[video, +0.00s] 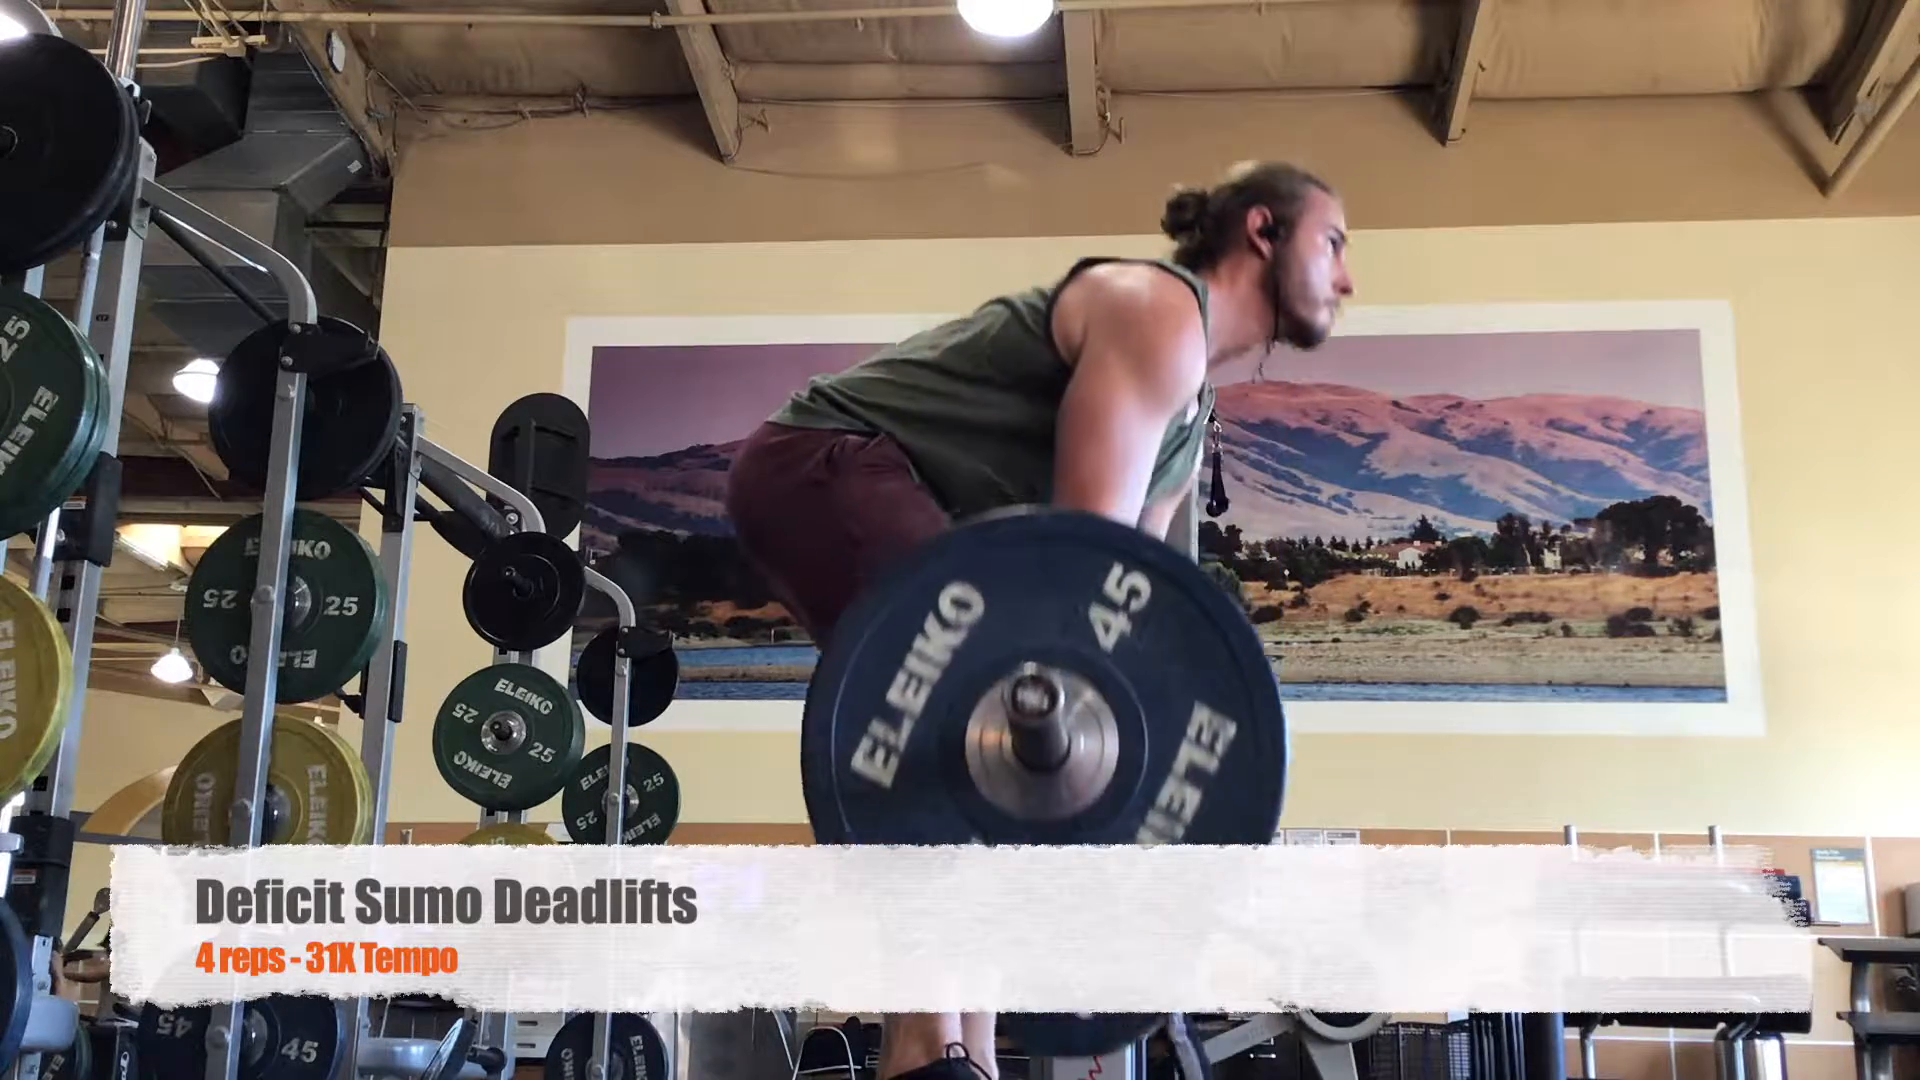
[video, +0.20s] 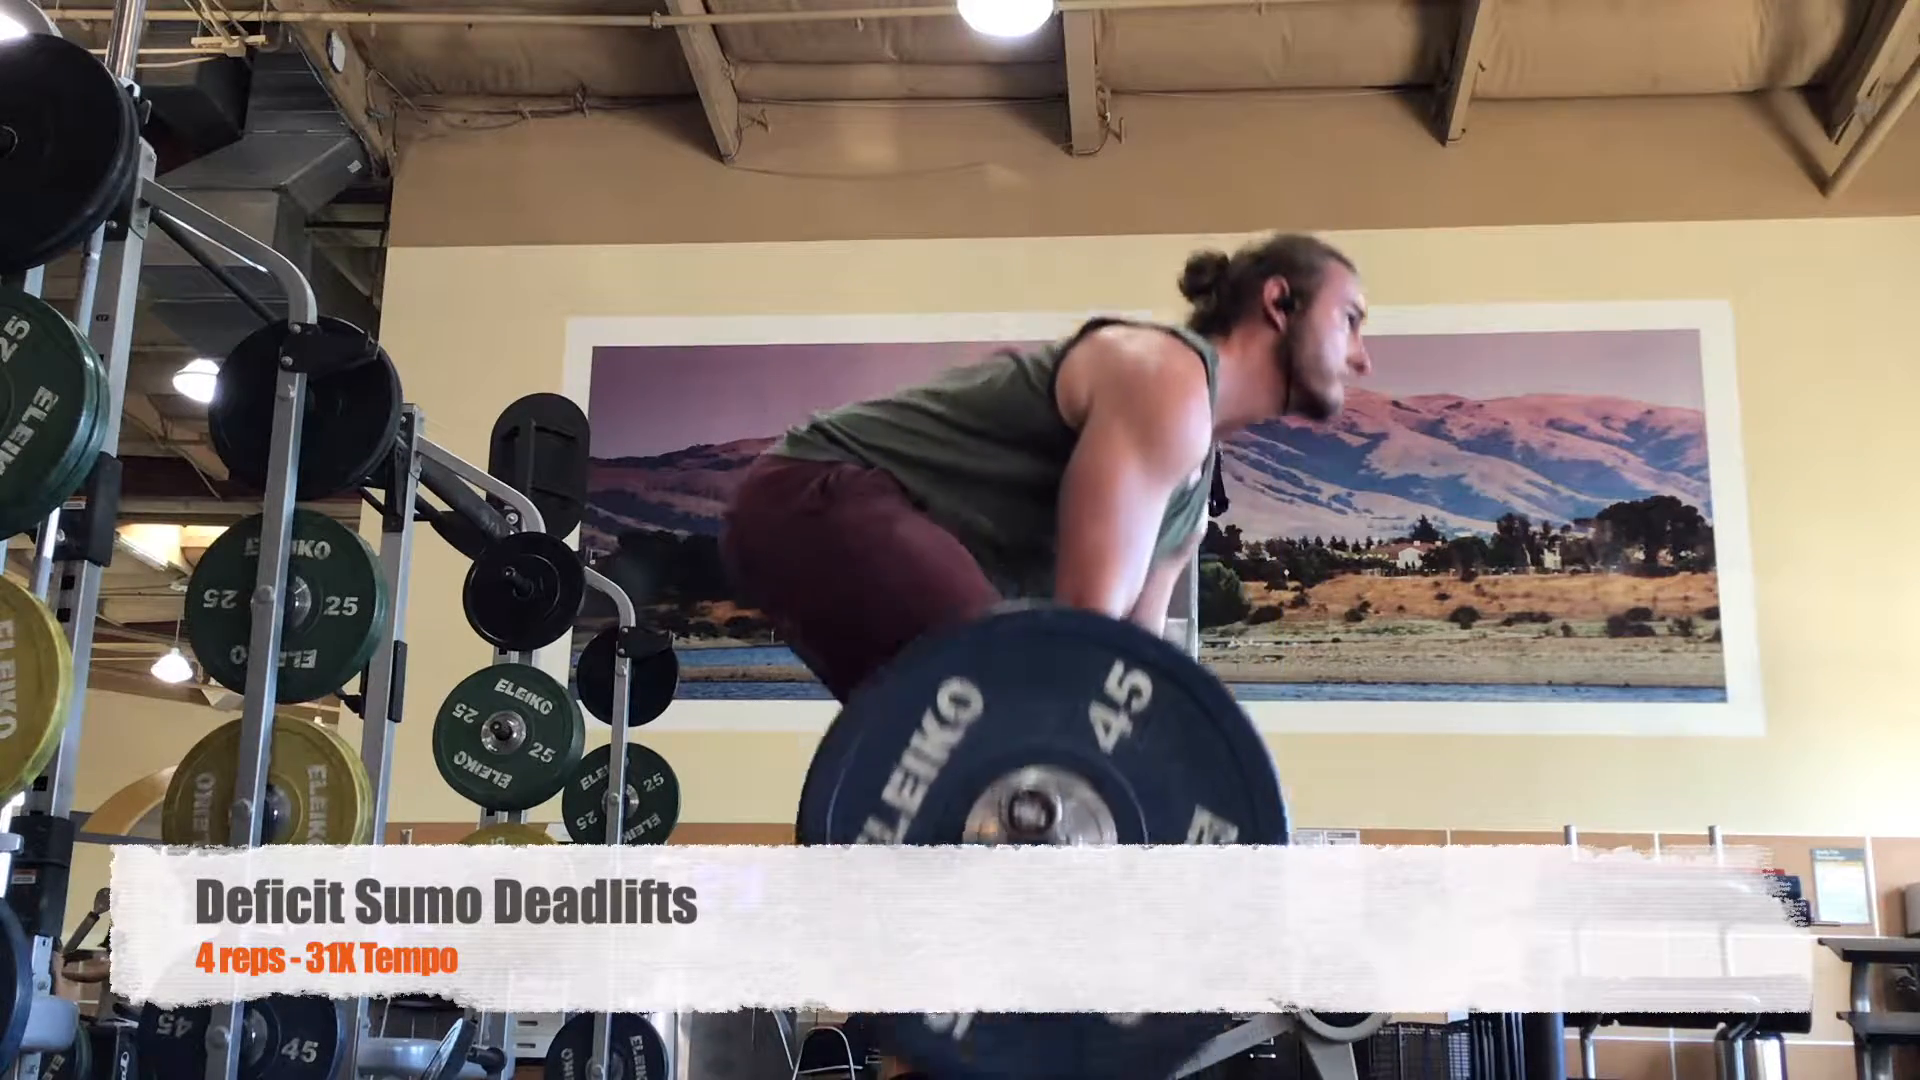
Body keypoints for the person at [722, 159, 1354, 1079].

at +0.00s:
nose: (1347, 278)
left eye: (1347, 251)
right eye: (1333, 244)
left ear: (1263, 242)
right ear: (1261, 235)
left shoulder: (1185, 427)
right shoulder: (1154, 314)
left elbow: (1135, 582)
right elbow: (1084, 552)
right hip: (827, 457)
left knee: (996, 746)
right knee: (954, 726)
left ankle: (970, 1043)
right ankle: (923, 1043)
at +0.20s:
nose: (1363, 352)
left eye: (1363, 329)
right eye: (1348, 320)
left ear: (1280, 311)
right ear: (1277, 306)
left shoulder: (1187, 498)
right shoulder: (1161, 380)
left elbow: (1139, 654)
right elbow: (1087, 626)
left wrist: (1165, 813)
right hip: (819, 492)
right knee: (1001, 701)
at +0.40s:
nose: (1379, 439)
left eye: (1382, 417)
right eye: (1367, 406)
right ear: (1293, 387)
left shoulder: (1188, 579)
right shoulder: (1166, 457)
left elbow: (1133, 739)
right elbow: (1080, 699)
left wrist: (1134, 894)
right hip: (809, 542)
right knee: (1039, 696)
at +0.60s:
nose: (1390, 490)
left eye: (1398, 472)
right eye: (1385, 457)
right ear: (1315, 423)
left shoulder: (1200, 585)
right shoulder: (1174, 487)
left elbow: (1135, 770)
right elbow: (1079, 728)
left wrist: (1142, 944)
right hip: (814, 545)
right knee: (1050, 705)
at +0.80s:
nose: (1398, 411)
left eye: (1402, 394)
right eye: (1388, 378)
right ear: (1315, 349)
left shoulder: (1202, 525)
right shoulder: (1180, 413)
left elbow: (1141, 681)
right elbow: (1080, 638)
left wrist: (1157, 828)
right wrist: (1092, 817)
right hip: (832, 483)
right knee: (1022, 690)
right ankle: (849, 763)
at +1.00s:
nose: (1361, 258)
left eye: (1364, 235)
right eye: (1350, 225)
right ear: (1274, 206)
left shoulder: (1189, 395)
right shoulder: (1165, 286)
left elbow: (1145, 543)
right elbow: (1089, 502)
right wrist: (1091, 661)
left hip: (911, 466)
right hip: (840, 434)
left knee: (981, 728)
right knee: (945, 713)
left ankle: (965, 1037)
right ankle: (922, 1039)